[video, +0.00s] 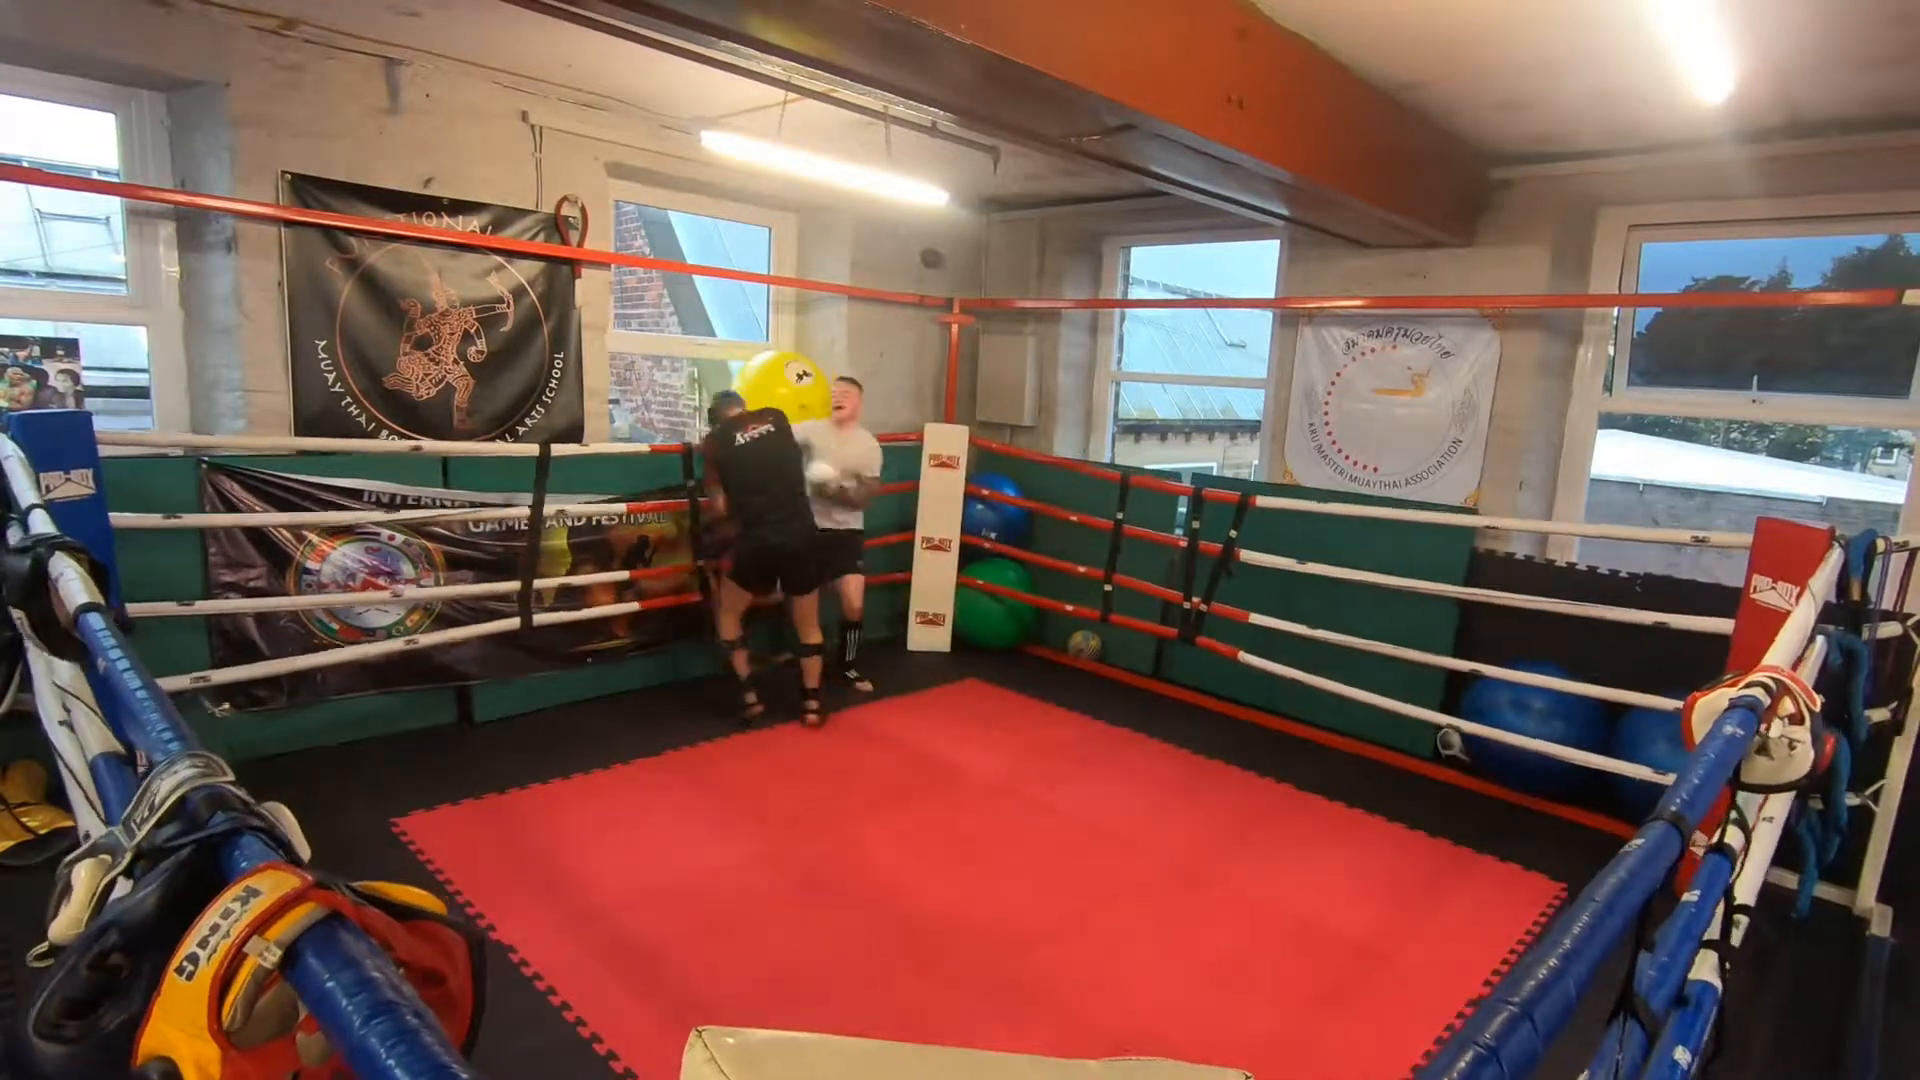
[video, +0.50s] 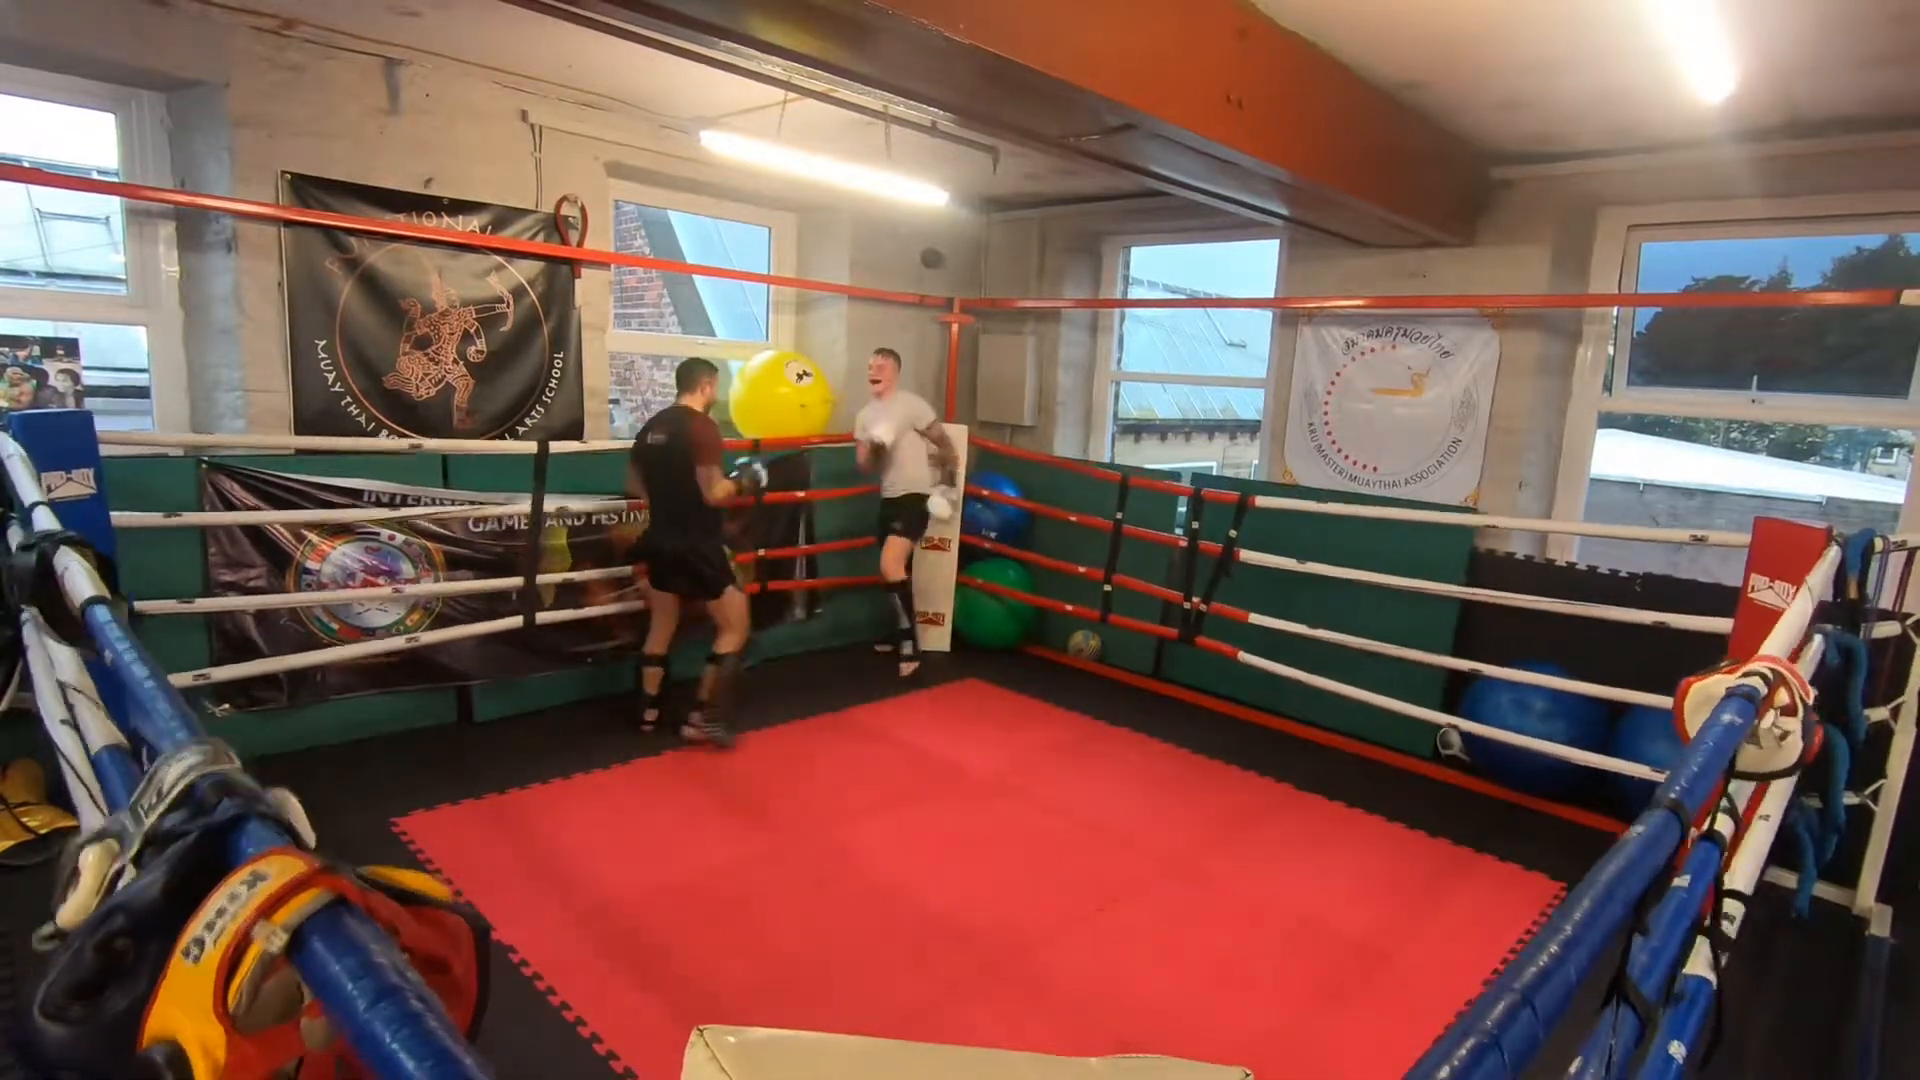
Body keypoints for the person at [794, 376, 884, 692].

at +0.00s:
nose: (839, 400)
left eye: (846, 395)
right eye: (835, 395)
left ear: (860, 402)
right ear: (829, 400)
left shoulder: (868, 444)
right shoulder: (811, 431)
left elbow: (866, 494)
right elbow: (777, 446)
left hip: (848, 531)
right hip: (811, 529)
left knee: (854, 604)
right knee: (803, 603)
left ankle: (847, 667)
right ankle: (809, 665)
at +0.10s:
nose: (856, 391)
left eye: (863, 387)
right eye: (853, 386)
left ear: (876, 396)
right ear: (845, 392)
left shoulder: (883, 438)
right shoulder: (825, 426)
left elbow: (885, 486)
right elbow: (795, 457)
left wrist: (853, 506)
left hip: (857, 521)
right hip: (820, 516)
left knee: (856, 592)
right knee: (813, 589)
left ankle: (850, 664)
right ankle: (808, 655)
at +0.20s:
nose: (855, 392)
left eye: (863, 387)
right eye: (852, 386)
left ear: (877, 394)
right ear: (847, 391)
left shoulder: (890, 433)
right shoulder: (833, 427)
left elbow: (902, 477)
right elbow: (823, 476)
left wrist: (883, 506)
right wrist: (815, 472)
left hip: (870, 515)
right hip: (836, 514)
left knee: (860, 588)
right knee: (839, 591)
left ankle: (853, 661)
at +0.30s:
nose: (856, 394)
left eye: (863, 389)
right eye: (853, 389)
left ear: (877, 395)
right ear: (848, 394)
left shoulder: (892, 429)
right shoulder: (842, 438)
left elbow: (915, 476)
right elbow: (847, 488)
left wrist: (901, 511)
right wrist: (833, 479)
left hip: (888, 516)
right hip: (858, 517)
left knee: (866, 583)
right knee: (855, 588)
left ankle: (865, 658)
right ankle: (893, 636)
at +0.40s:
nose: (864, 380)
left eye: (871, 375)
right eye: (862, 375)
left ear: (885, 379)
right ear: (858, 379)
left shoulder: (902, 413)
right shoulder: (854, 421)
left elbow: (928, 457)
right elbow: (853, 465)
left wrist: (922, 494)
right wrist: (851, 457)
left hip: (904, 501)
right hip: (875, 502)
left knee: (879, 564)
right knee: (875, 574)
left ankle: (890, 636)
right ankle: (881, 640)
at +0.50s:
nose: (873, 374)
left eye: (880, 368)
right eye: (871, 368)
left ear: (895, 373)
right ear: (868, 373)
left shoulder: (912, 405)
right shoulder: (866, 415)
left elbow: (945, 443)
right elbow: (864, 465)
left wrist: (947, 478)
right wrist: (873, 450)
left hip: (916, 493)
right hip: (889, 496)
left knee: (891, 564)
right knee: (895, 568)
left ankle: (909, 643)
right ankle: (900, 635)